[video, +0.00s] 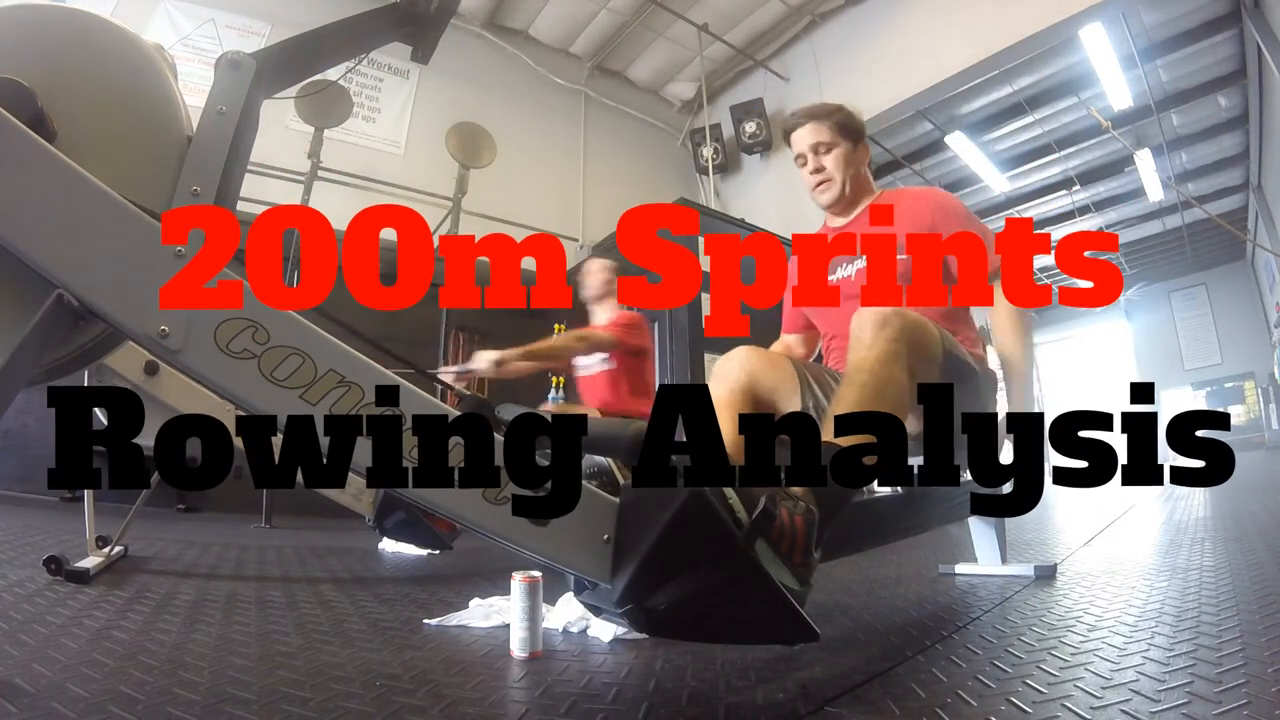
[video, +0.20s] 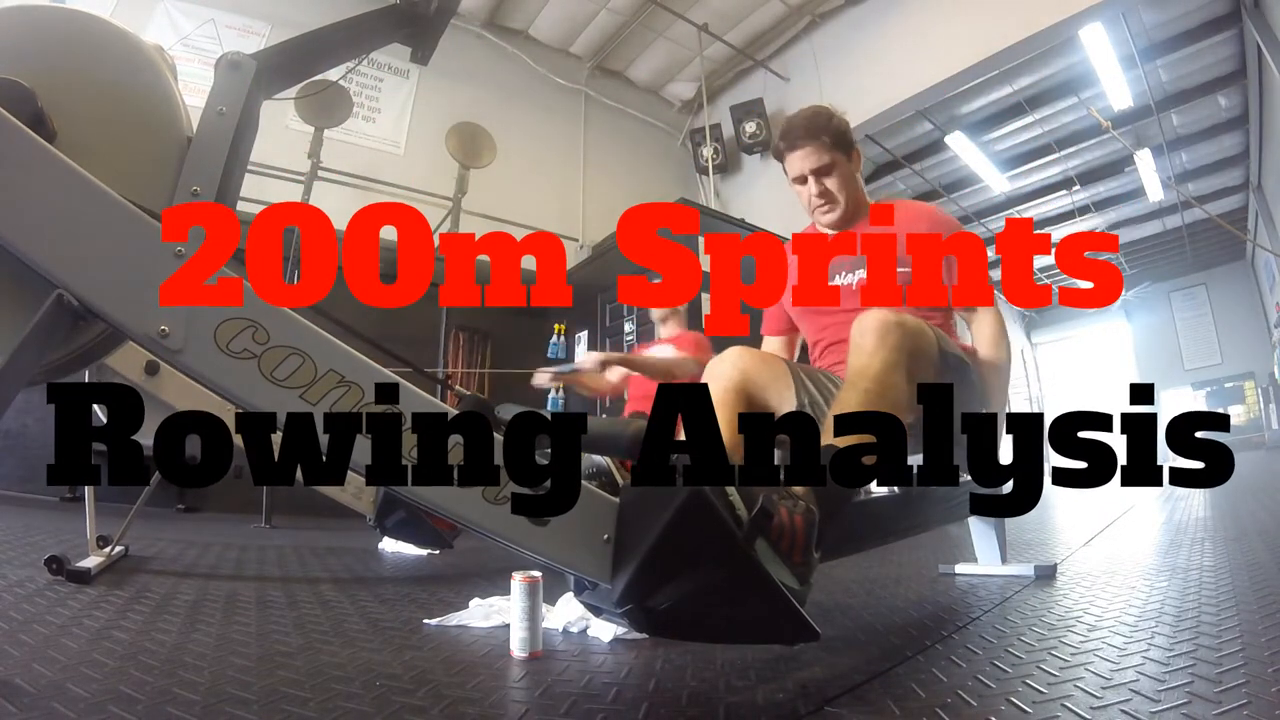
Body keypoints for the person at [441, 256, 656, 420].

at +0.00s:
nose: (582, 279)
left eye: (591, 272)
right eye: (582, 274)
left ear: (612, 280)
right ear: (581, 283)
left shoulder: (631, 323)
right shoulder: (579, 340)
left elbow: (581, 342)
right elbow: (534, 363)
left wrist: (505, 356)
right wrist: (473, 372)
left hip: (631, 427)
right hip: (595, 424)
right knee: (543, 414)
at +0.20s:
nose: (650, 303)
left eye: (658, 297)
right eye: (650, 297)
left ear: (678, 302)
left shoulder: (693, 340)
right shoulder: (642, 350)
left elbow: (685, 371)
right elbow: (606, 383)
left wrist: (614, 359)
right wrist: (564, 379)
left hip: (664, 427)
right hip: (628, 425)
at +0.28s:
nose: (660, 313)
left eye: (667, 307)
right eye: (659, 309)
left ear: (689, 312)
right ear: (657, 314)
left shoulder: (703, 347)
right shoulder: (655, 357)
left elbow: (697, 378)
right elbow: (624, 399)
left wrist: (645, 366)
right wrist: (592, 387)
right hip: (630, 423)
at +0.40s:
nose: (656, 310)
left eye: (664, 304)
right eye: (656, 305)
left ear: (685, 310)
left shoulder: (706, 351)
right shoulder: (664, 355)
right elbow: (648, 409)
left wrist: (695, 376)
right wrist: (631, 391)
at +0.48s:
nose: (654, 310)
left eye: (663, 304)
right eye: (654, 305)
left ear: (683, 309)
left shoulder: (708, 351)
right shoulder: (663, 355)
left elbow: (727, 390)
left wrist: (692, 376)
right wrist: (633, 395)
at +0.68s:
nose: (645, 308)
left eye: (653, 300)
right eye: (643, 303)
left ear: (673, 305)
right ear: (641, 309)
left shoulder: (691, 345)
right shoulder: (644, 356)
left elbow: (706, 389)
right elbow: (625, 407)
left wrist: (645, 390)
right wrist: (592, 404)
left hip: (664, 427)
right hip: (631, 424)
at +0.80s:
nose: (630, 302)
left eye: (639, 295)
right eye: (629, 296)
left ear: (657, 298)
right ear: (626, 302)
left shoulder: (678, 339)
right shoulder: (631, 352)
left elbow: (676, 382)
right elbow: (599, 391)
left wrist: (612, 395)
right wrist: (557, 397)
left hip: (664, 433)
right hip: (629, 434)